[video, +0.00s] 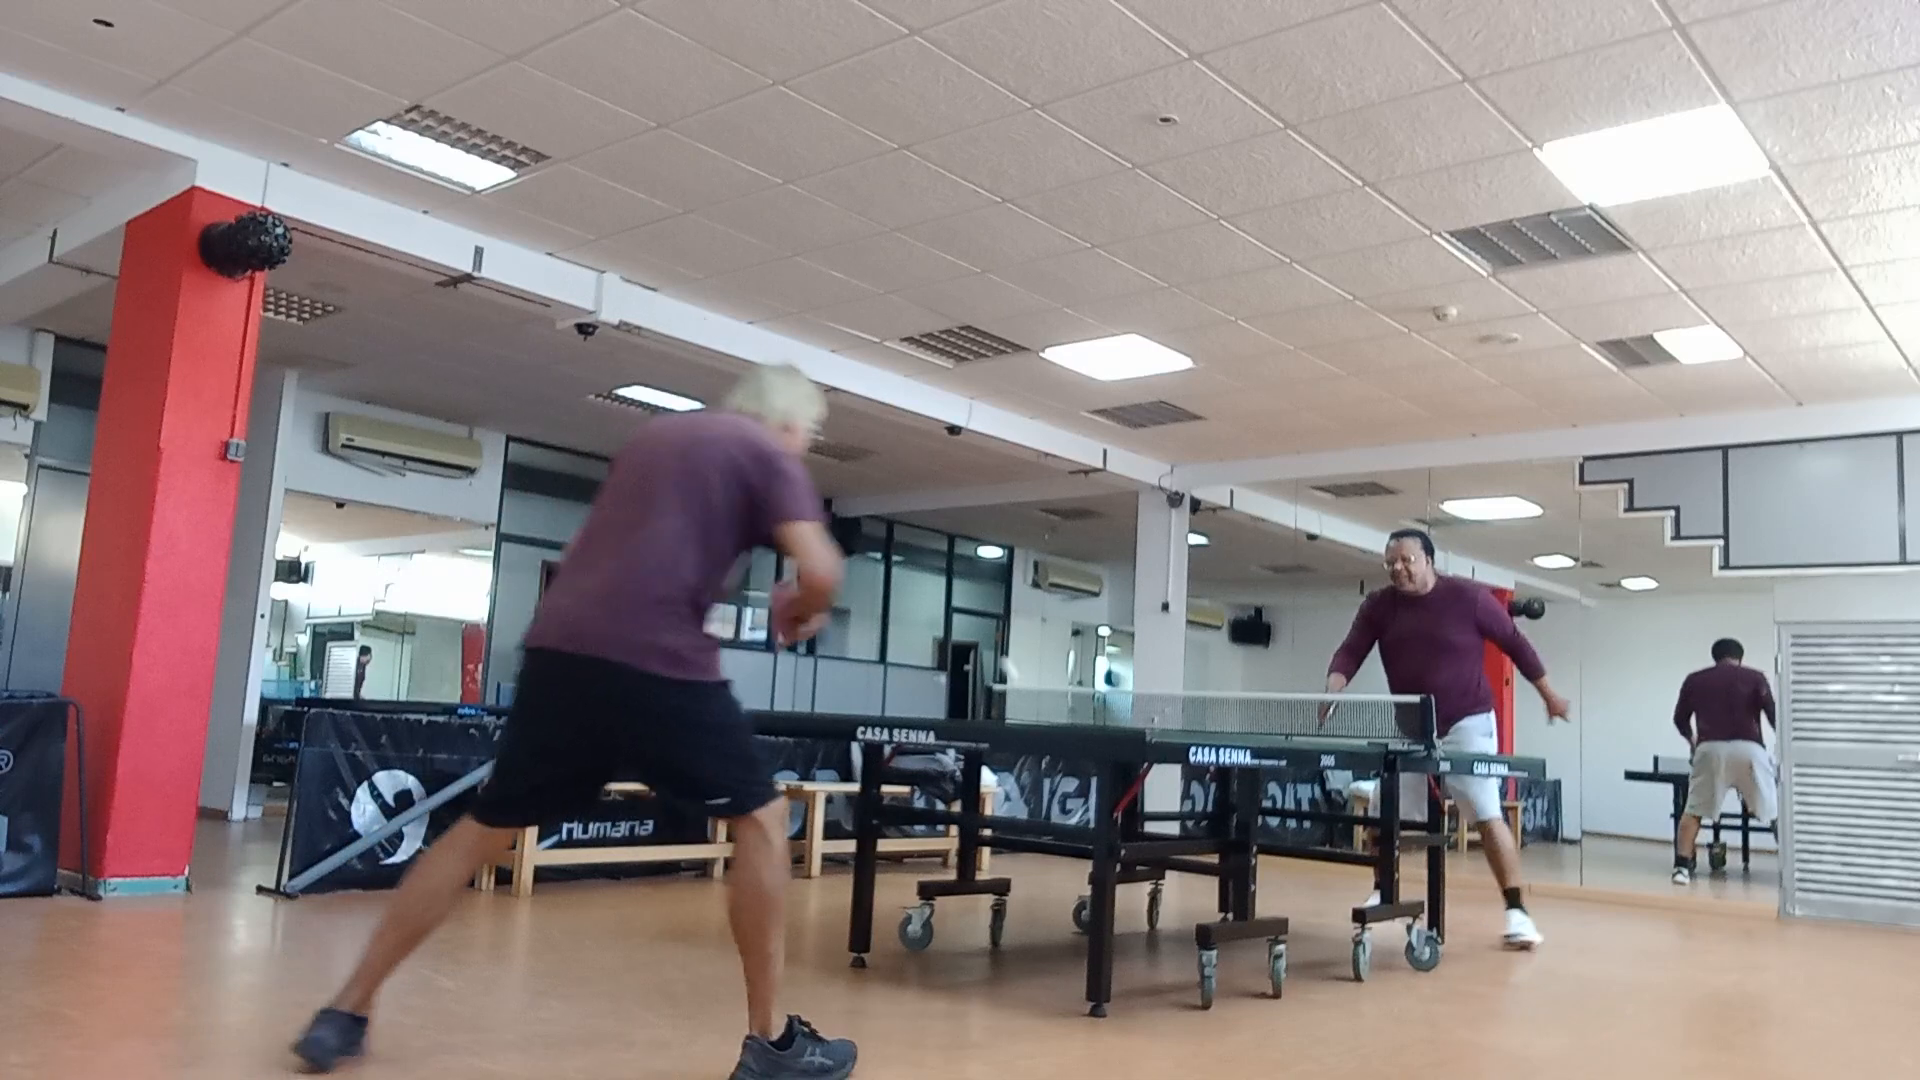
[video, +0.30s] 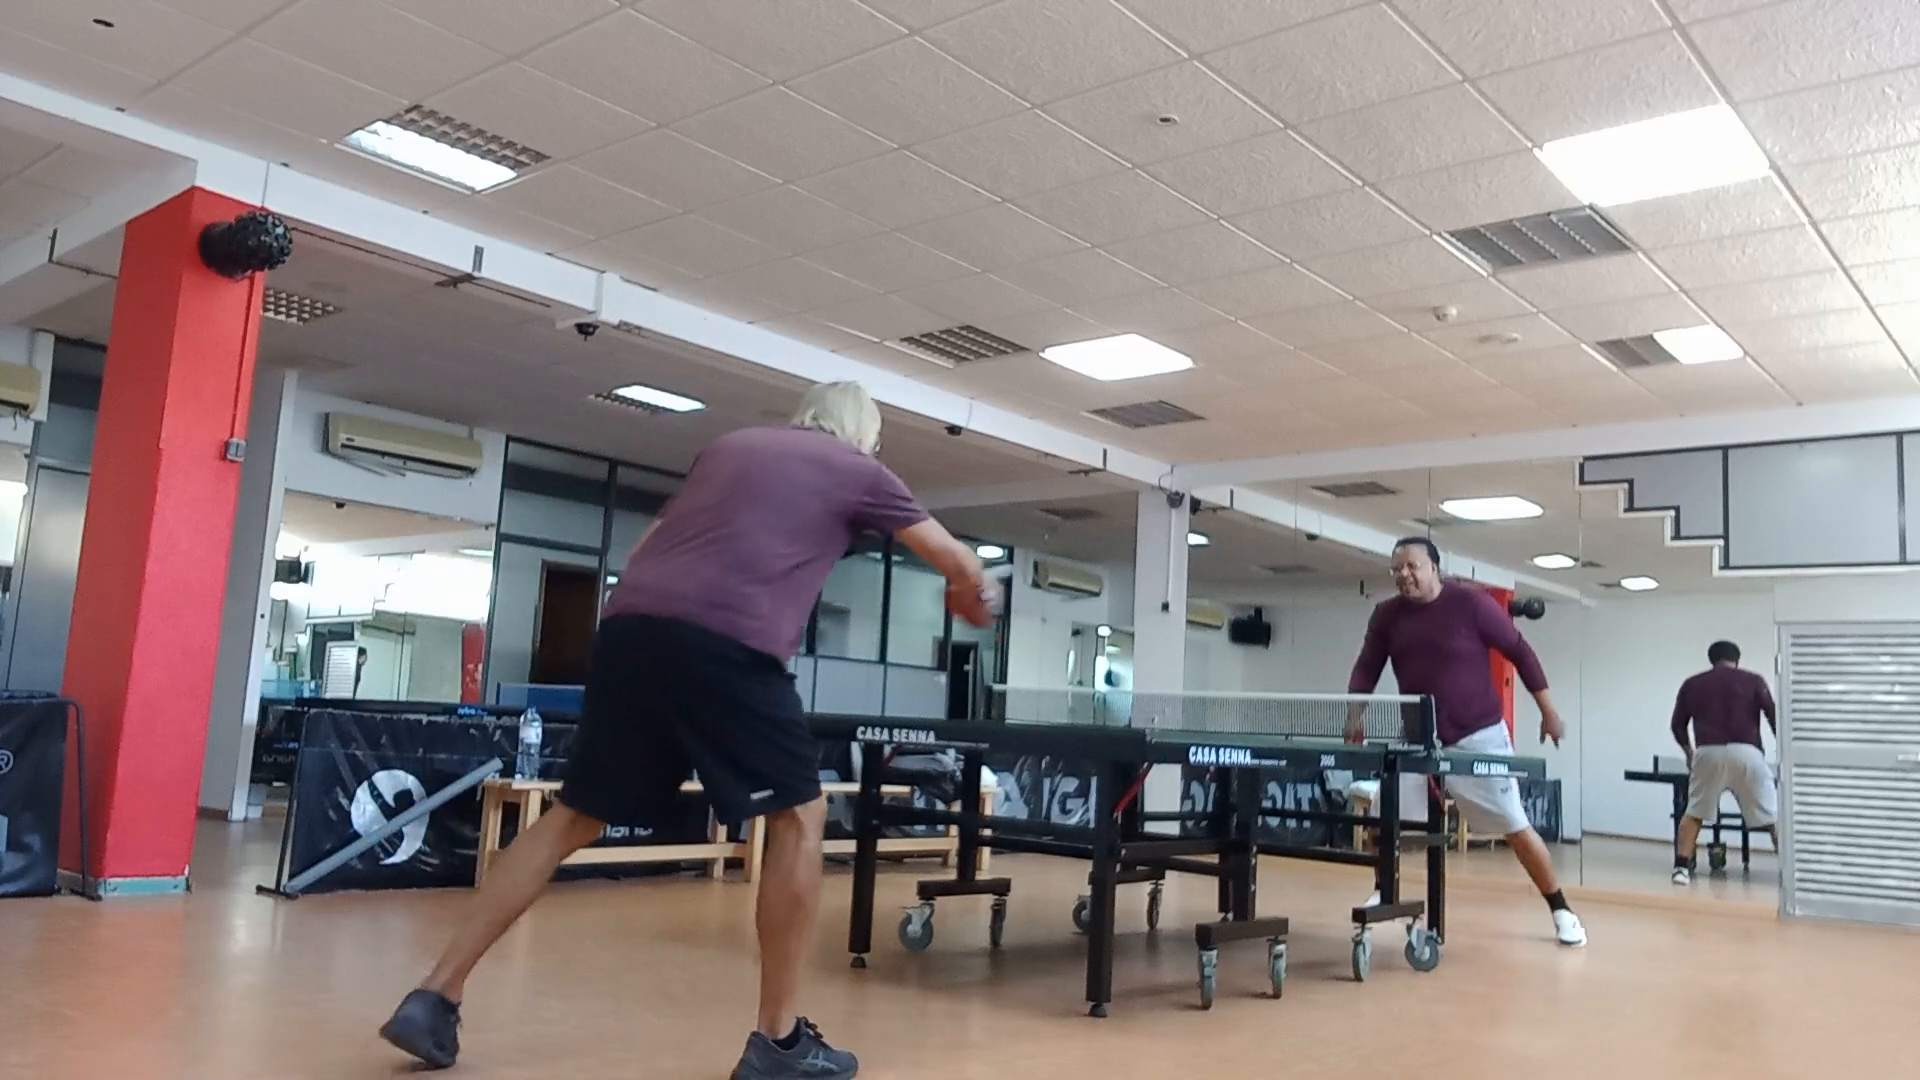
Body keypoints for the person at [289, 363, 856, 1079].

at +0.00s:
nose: (801, 454)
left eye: (807, 443)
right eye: (804, 439)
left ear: (735, 404)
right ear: (786, 422)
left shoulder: (651, 435)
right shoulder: (768, 452)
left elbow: (612, 554)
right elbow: (822, 571)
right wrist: (798, 610)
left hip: (556, 659)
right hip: (661, 668)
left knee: (479, 831)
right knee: (759, 818)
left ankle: (345, 1013)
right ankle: (770, 1035)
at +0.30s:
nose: (875, 455)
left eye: (875, 443)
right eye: (875, 443)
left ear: (801, 414)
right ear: (862, 436)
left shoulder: (730, 445)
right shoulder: (856, 469)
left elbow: (667, 538)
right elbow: (961, 566)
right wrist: (974, 600)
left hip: (630, 629)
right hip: (729, 646)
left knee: (572, 817)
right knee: (800, 815)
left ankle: (436, 996)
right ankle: (777, 1035)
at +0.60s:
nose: (824, 402)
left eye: (825, 391)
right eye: (824, 391)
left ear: (750, 370)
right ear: (811, 385)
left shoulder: (675, 425)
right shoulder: (811, 427)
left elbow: (608, 540)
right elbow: (911, 506)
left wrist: (663, 584)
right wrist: (955, 532)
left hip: (624, 626)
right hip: (728, 633)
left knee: (571, 804)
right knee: (790, 820)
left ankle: (467, 988)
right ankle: (785, 1032)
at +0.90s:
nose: (669, 367)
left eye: (668, 355)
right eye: (665, 354)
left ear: (587, 348)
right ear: (644, 350)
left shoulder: (529, 419)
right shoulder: (651, 409)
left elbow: (479, 539)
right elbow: (735, 505)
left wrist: (535, 584)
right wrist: (797, 518)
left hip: (521, 633)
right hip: (613, 633)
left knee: (507, 815)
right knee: (680, 822)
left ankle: (445, 1005)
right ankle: (724, 1018)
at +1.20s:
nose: (607, 336)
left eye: (610, 324)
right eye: (608, 322)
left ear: (534, 299)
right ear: (585, 311)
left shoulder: (456, 360)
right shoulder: (569, 366)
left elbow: (375, 470)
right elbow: (585, 489)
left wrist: (411, 544)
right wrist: (661, 543)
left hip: (395, 583)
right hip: (474, 596)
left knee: (378, 768)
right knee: (493, 789)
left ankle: (282, 964)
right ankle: (396, 1014)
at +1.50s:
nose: (478, 399)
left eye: (477, 386)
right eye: (479, 387)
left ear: (411, 346)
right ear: (467, 378)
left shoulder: (327, 381)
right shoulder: (459, 445)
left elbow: (236, 493)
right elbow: (439, 537)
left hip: (267, 623)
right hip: (370, 633)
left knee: (269, 786)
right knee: (413, 827)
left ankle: (225, 977)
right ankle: (410, 1013)